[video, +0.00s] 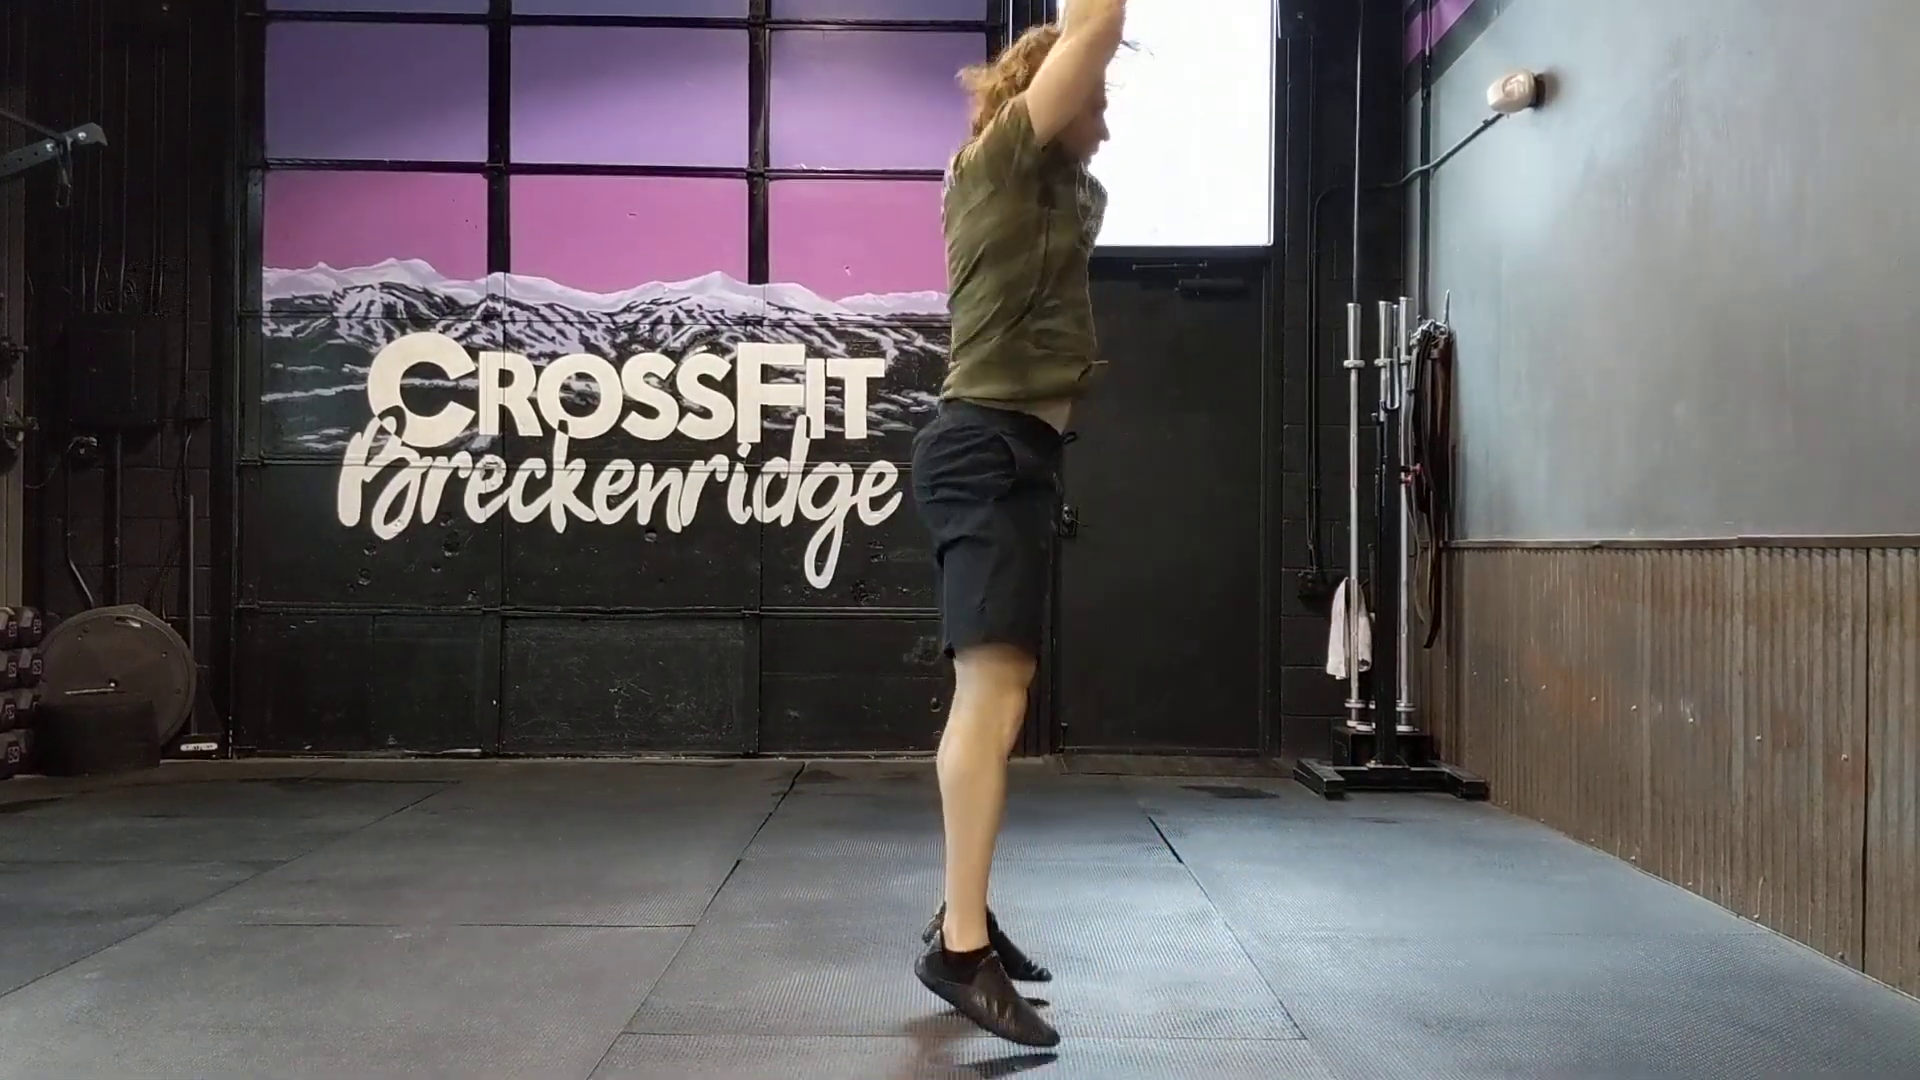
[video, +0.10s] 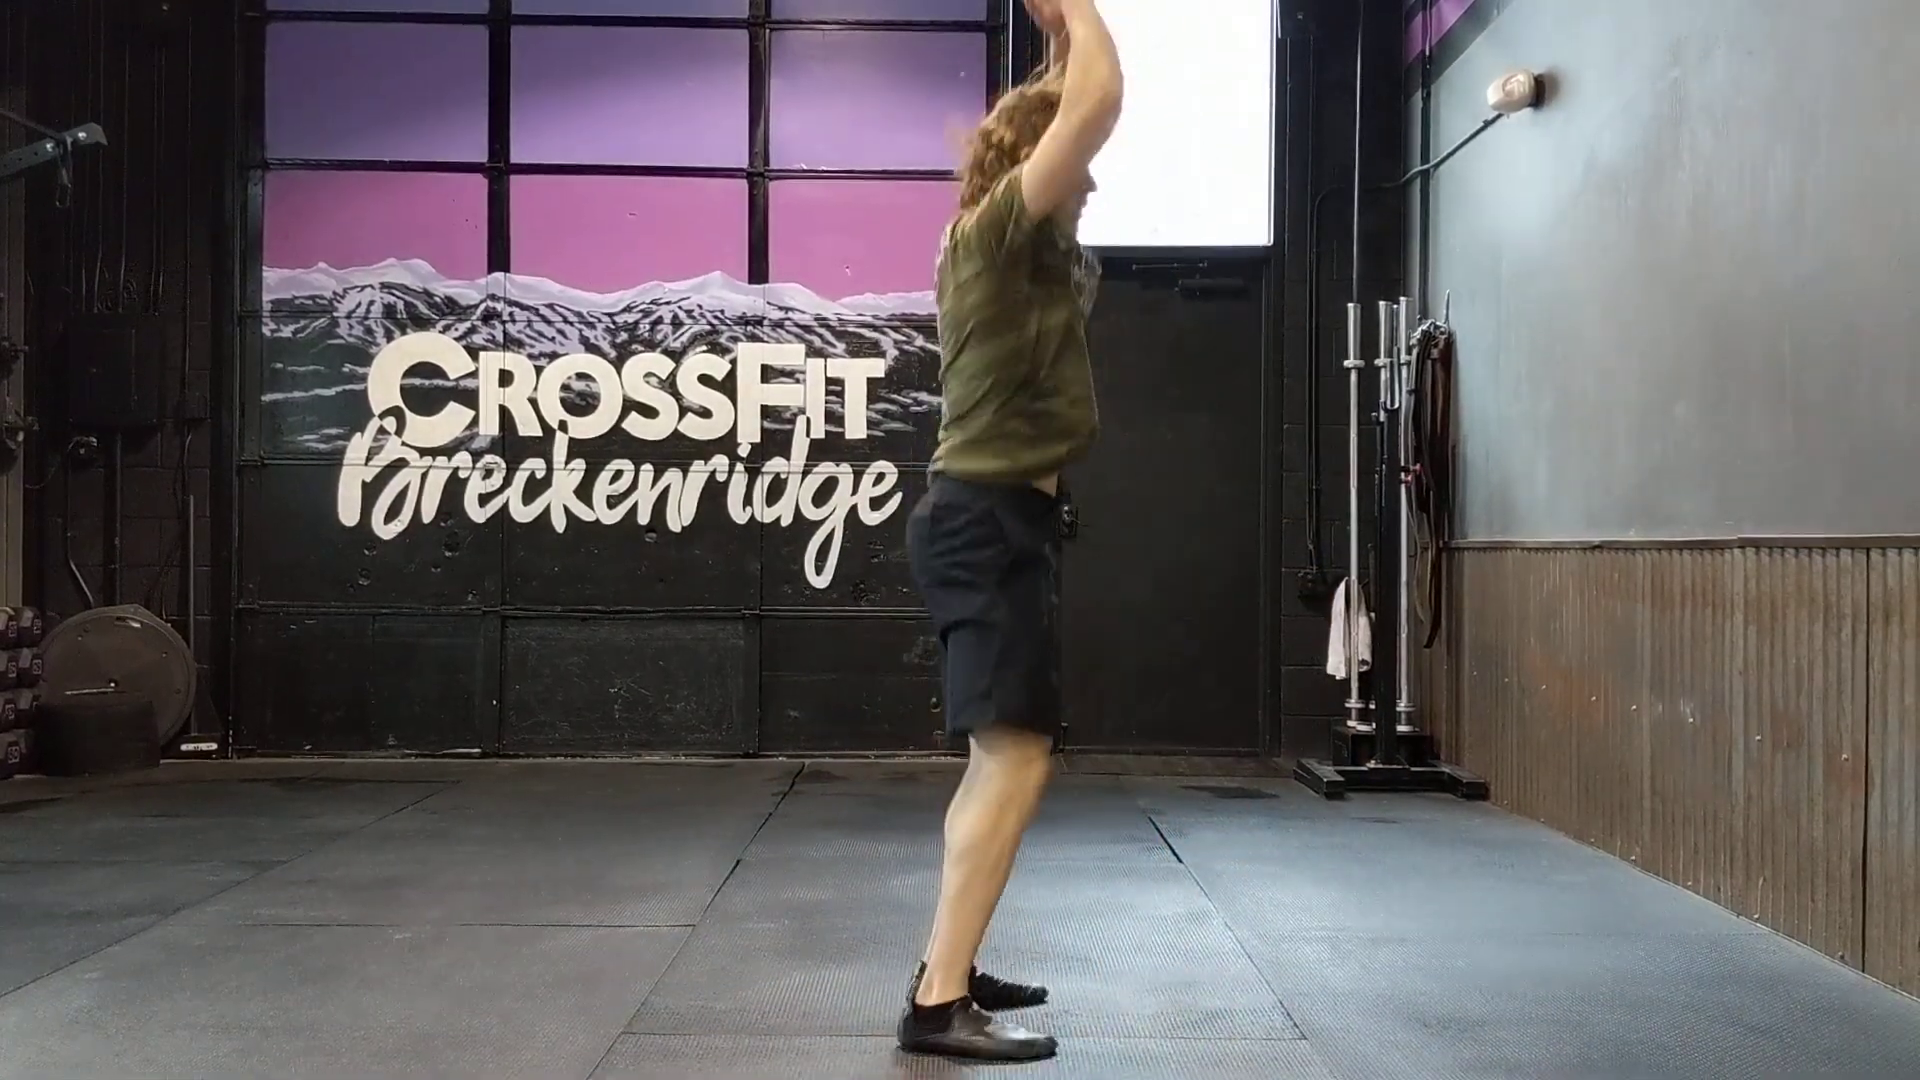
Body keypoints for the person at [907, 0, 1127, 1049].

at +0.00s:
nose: (1109, 102)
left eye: (1109, 81)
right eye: (1096, 80)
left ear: (1042, 89)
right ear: (1042, 86)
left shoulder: (1038, 170)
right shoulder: (1004, 159)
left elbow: (1089, 23)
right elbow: (1094, 18)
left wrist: (1059, 60)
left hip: (1014, 450)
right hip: (983, 448)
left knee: (997, 690)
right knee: (993, 689)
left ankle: (965, 911)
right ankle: (959, 945)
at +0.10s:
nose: (1075, 158)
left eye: (1072, 142)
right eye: (1064, 138)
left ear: (1005, 146)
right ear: (1029, 147)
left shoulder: (999, 227)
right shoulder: (1009, 225)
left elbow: (1076, 105)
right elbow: (1097, 97)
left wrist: (1076, 25)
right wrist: (1078, 15)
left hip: (991, 512)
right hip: (989, 515)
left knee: (1005, 758)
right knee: (1013, 761)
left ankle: (954, 965)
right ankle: (939, 999)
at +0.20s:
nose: (1071, 199)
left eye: (1073, 185)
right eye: (1062, 182)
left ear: (1003, 182)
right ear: (1021, 176)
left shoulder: (982, 258)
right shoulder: (997, 254)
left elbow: (1090, 247)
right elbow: (1095, 249)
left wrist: (1109, 152)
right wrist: (1115, 145)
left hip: (968, 535)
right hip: (974, 537)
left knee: (1011, 755)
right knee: (1023, 757)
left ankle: (958, 961)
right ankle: (941, 997)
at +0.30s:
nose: (1079, 174)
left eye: (1076, 156)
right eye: (1068, 156)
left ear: (1016, 166)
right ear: (1023, 162)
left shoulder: (1010, 260)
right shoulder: (990, 254)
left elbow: (989, 392)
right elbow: (998, 382)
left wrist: (1060, 442)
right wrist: (1158, 382)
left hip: (985, 526)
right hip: (966, 530)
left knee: (974, 755)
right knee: (969, 759)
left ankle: (949, 960)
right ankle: (932, 998)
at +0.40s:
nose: (1088, 169)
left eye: (1080, 151)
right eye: (1074, 153)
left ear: (1022, 168)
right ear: (1026, 166)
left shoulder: (1012, 266)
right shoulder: (1001, 268)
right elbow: (946, 420)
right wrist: (965, 567)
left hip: (982, 539)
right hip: (972, 543)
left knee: (964, 761)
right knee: (955, 763)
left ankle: (947, 962)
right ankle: (933, 1000)